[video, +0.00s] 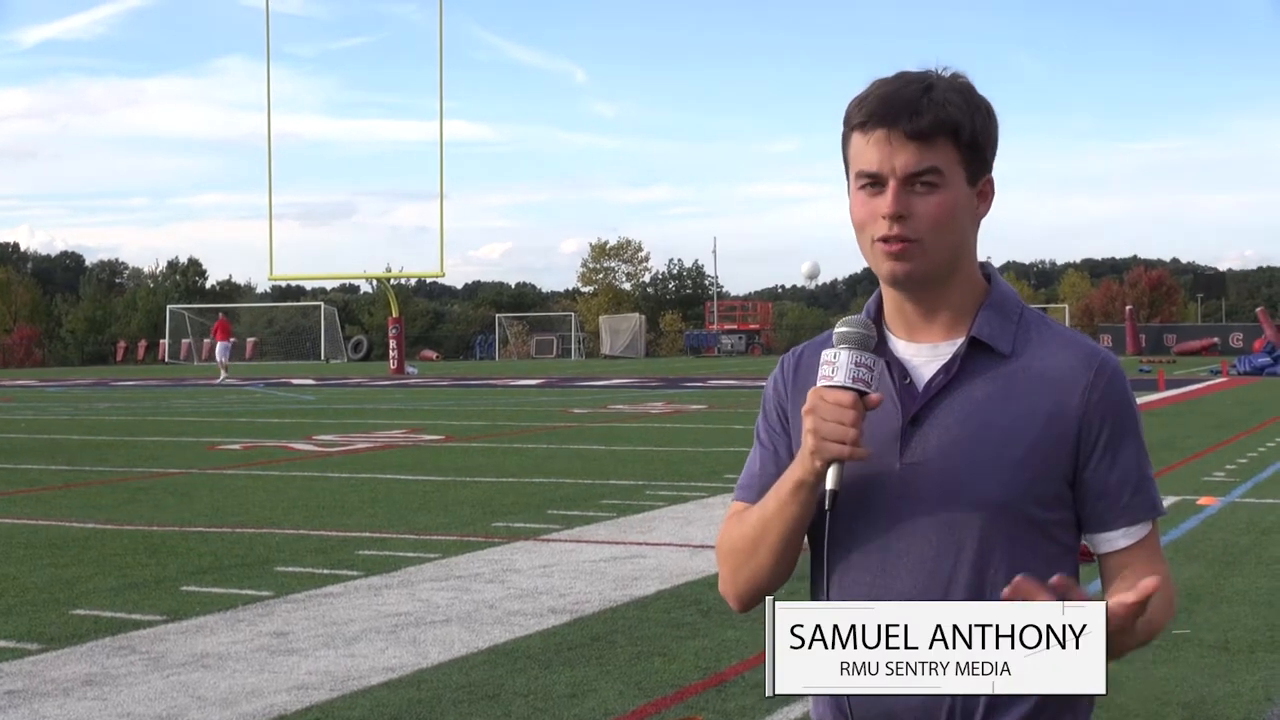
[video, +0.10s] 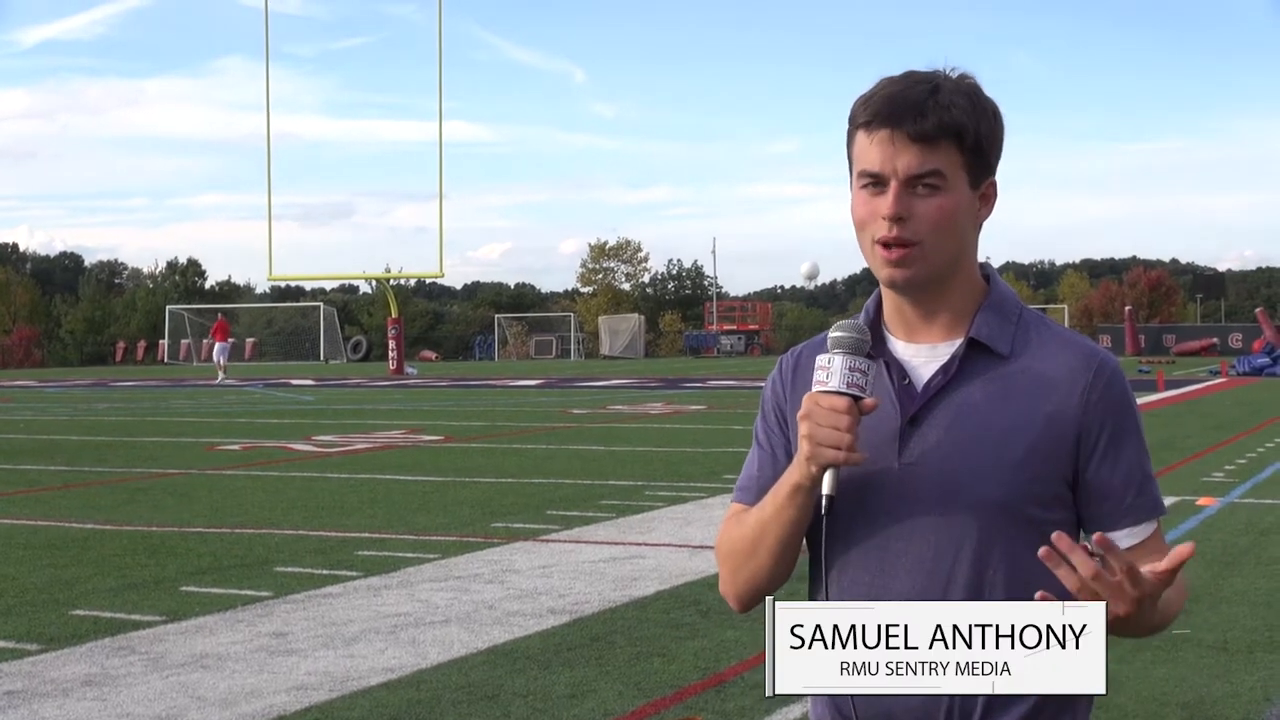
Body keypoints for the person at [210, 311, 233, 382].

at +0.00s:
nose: (219, 316)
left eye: (220, 315)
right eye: (219, 315)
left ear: (221, 315)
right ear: (226, 316)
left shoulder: (218, 322)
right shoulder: (228, 323)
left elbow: (214, 330)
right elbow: (230, 331)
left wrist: (212, 336)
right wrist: (229, 337)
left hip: (221, 341)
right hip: (228, 342)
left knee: (218, 358)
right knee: (225, 359)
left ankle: (223, 373)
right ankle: (225, 374)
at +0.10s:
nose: (218, 317)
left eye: (219, 315)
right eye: (218, 315)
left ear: (220, 316)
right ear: (225, 316)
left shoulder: (218, 323)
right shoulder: (227, 323)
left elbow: (213, 330)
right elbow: (228, 333)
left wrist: (210, 337)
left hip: (219, 342)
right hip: (226, 343)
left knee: (216, 358)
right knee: (223, 359)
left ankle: (220, 373)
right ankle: (223, 374)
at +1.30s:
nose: (197, 323)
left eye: (198, 321)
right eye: (196, 321)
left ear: (201, 321)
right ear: (195, 322)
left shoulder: (206, 329)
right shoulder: (194, 330)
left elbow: (209, 340)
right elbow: (192, 341)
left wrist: (210, 349)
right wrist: (190, 350)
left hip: (204, 348)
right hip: (197, 348)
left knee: (204, 366)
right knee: (194, 367)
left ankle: (206, 382)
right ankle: (202, 379)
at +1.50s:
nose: (193, 323)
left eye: (194, 321)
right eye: (192, 321)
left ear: (197, 322)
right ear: (190, 322)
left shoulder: (200, 330)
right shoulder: (188, 331)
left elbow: (202, 339)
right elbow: (187, 340)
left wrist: (201, 347)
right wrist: (187, 348)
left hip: (199, 349)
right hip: (191, 349)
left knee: (202, 367)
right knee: (187, 367)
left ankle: (205, 383)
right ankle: (186, 382)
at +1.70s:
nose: (184, 323)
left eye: (186, 321)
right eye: (183, 321)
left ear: (188, 322)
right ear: (182, 322)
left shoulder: (192, 330)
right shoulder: (181, 331)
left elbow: (195, 341)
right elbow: (181, 341)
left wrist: (192, 349)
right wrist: (181, 349)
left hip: (191, 351)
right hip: (183, 351)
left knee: (194, 369)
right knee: (181, 368)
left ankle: (202, 383)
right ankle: (181, 383)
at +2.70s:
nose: (155, 324)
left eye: (156, 323)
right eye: (154, 323)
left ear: (158, 323)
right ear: (152, 323)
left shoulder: (161, 331)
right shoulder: (149, 332)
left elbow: (162, 342)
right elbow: (148, 343)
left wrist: (154, 348)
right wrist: (146, 352)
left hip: (160, 351)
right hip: (151, 351)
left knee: (161, 370)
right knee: (148, 369)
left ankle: (165, 386)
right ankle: (144, 384)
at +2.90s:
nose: (145, 324)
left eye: (147, 322)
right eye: (144, 322)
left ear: (149, 323)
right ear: (142, 323)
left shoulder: (151, 331)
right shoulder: (140, 332)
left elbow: (154, 341)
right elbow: (138, 342)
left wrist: (151, 348)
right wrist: (138, 349)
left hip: (149, 352)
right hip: (141, 352)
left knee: (152, 370)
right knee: (140, 370)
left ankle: (161, 384)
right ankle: (140, 386)